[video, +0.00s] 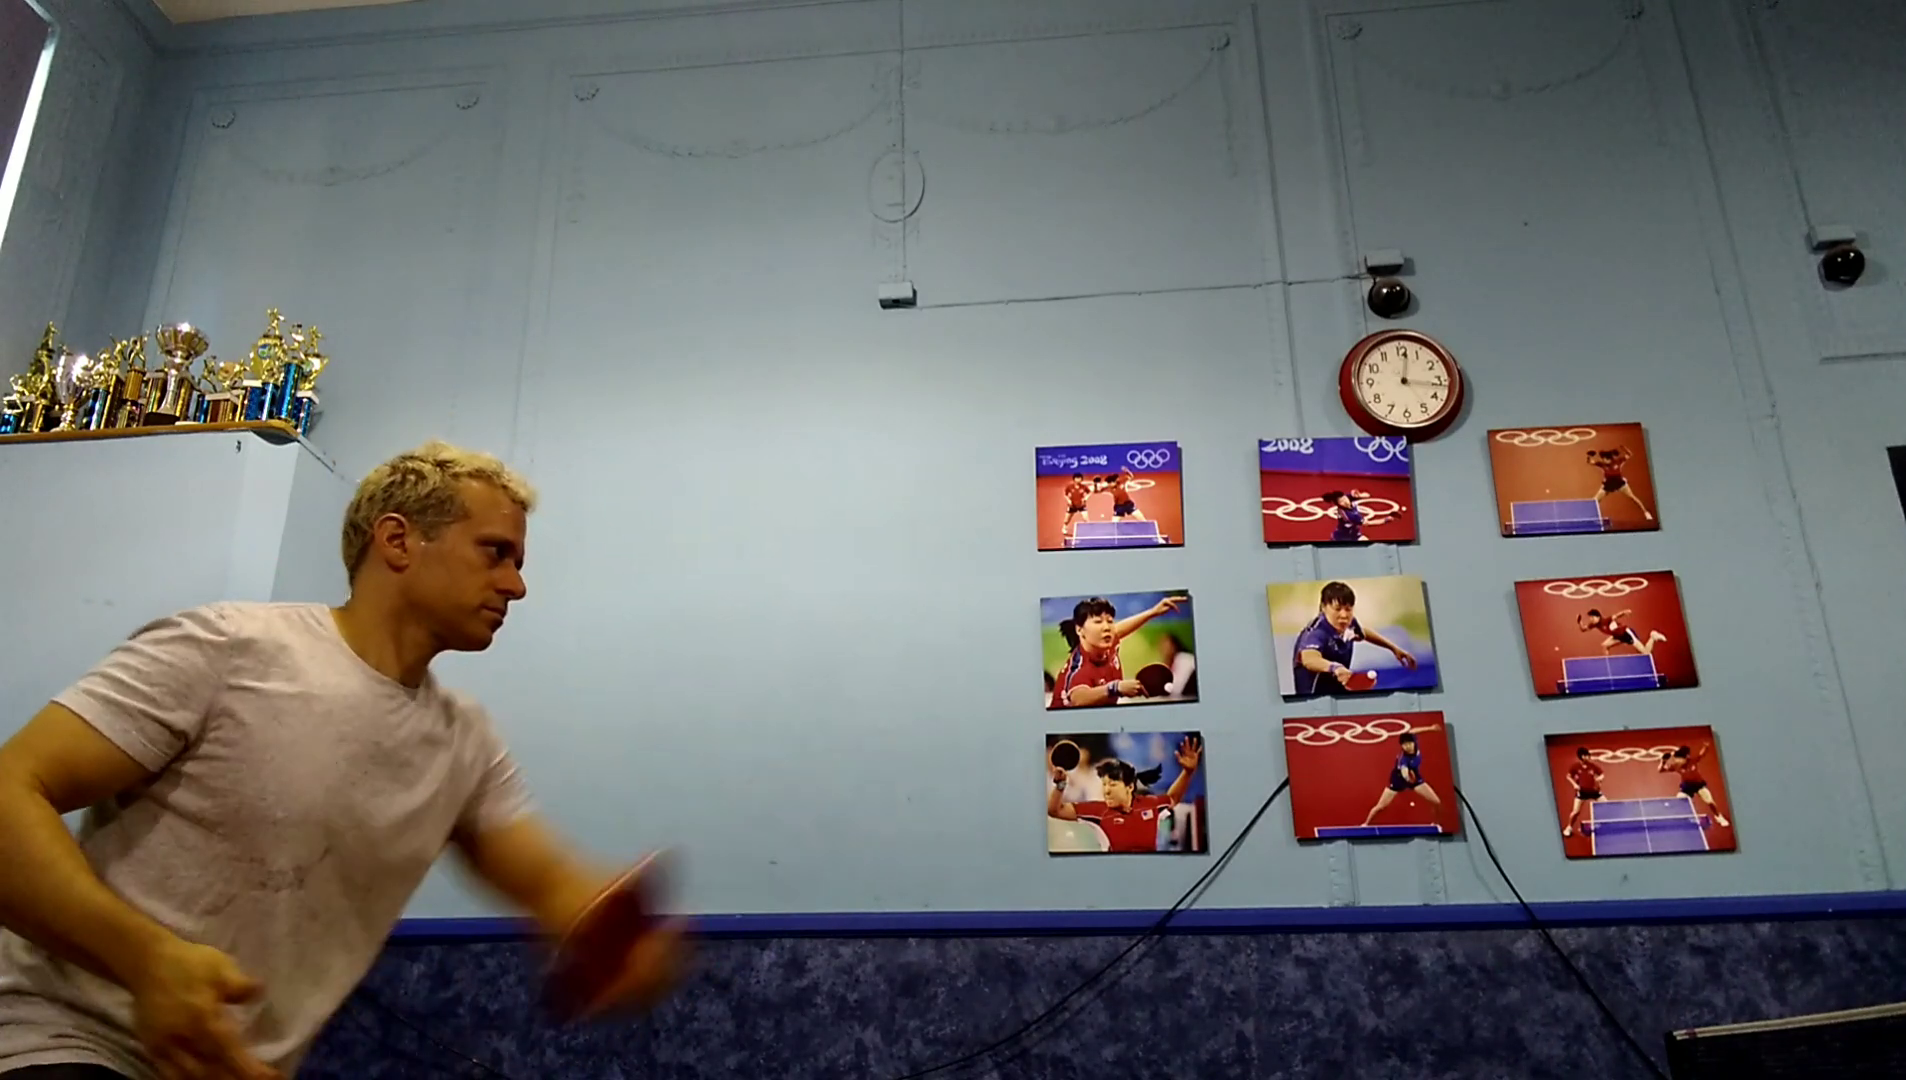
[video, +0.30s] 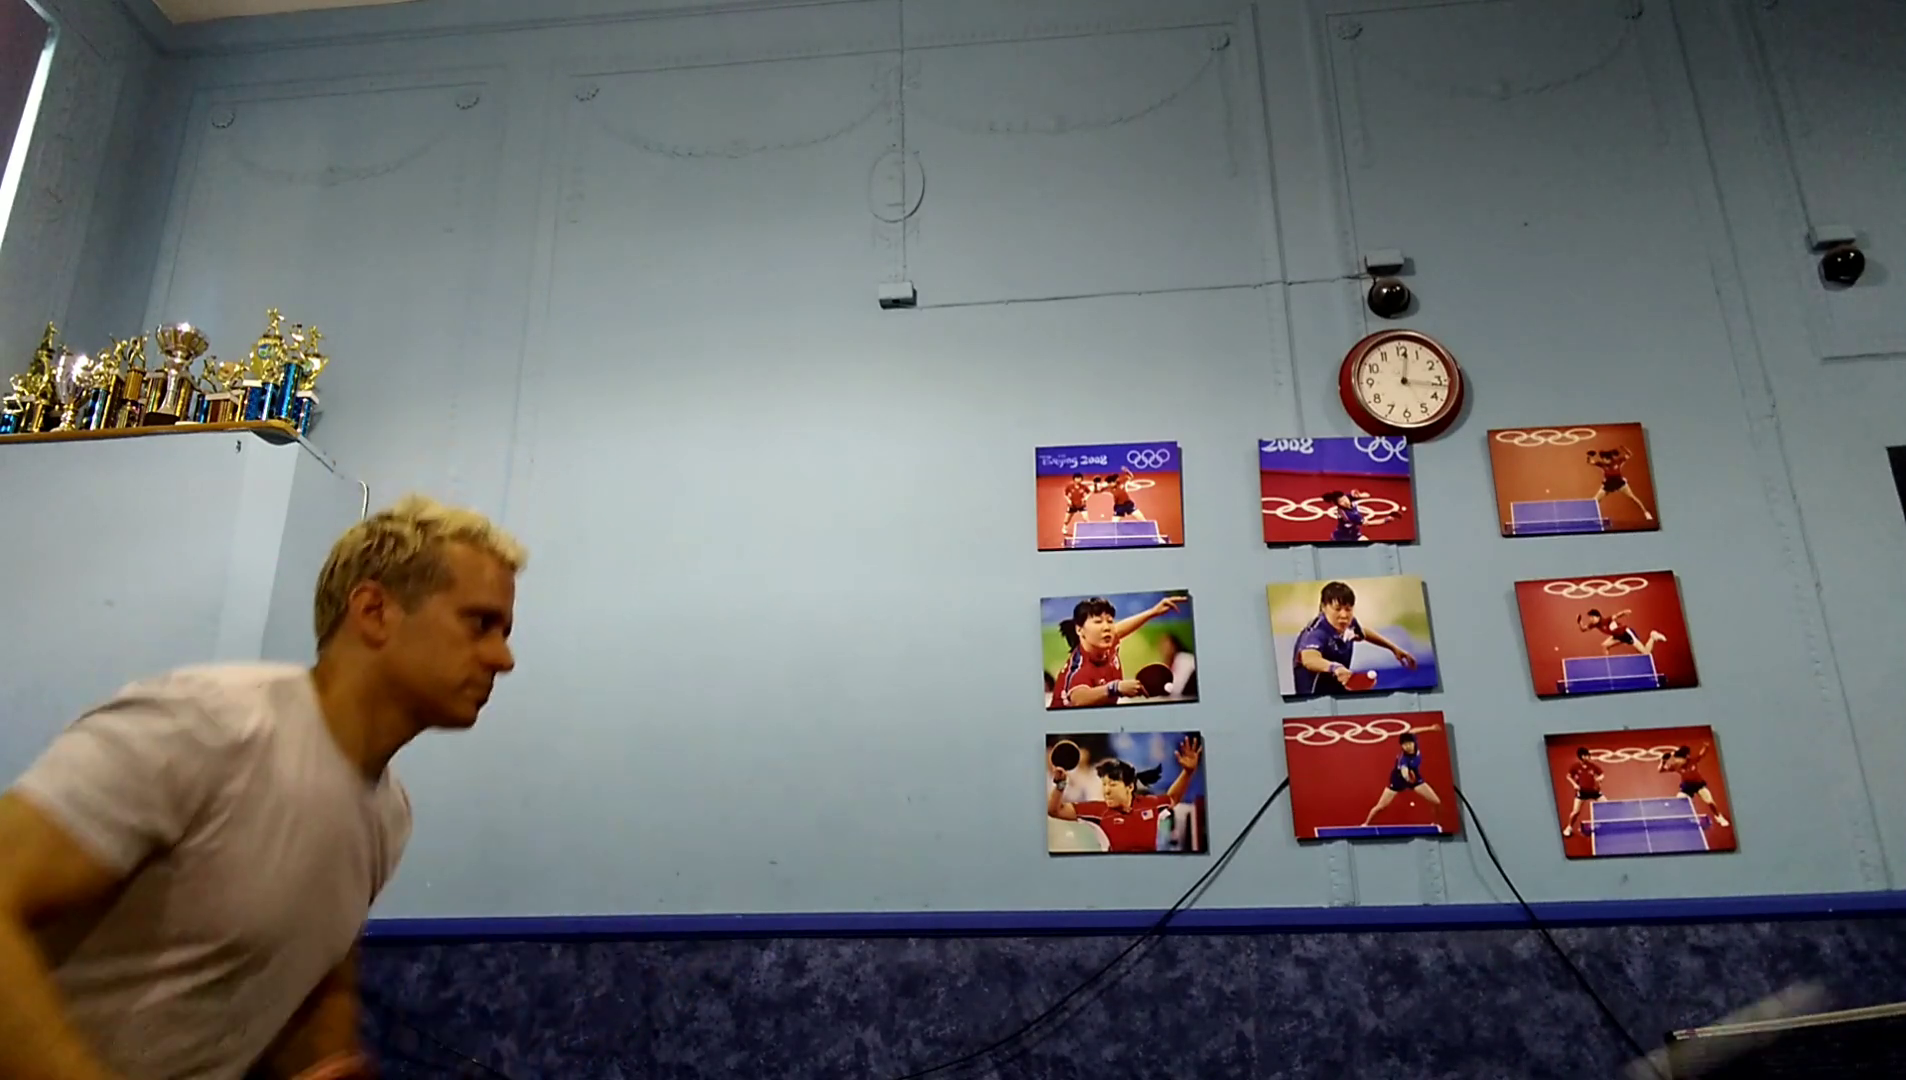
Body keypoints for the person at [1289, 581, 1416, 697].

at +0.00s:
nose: (1344, 615)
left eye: (1348, 609)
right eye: (1338, 609)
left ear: (1353, 609)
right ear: (1324, 608)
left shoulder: (1349, 624)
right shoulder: (1316, 633)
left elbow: (1364, 633)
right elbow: (1309, 660)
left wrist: (1394, 649)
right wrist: (1335, 668)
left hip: (1341, 703)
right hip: (1314, 707)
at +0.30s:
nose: (1344, 615)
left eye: (1348, 609)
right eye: (1338, 609)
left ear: (1353, 609)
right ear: (1324, 608)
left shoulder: (1349, 624)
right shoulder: (1316, 632)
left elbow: (1364, 634)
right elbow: (1309, 660)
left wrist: (1395, 649)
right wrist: (1335, 667)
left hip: (1341, 704)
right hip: (1314, 708)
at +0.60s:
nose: (1344, 615)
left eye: (1348, 609)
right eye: (1338, 609)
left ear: (1353, 609)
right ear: (1324, 608)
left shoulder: (1349, 624)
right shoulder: (1316, 633)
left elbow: (1364, 634)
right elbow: (1309, 660)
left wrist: (1395, 649)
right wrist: (1335, 668)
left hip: (1341, 704)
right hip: (1314, 708)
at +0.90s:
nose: (1344, 615)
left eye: (1348, 609)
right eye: (1338, 609)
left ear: (1353, 609)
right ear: (1324, 608)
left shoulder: (1349, 624)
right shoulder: (1316, 633)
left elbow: (1364, 633)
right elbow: (1309, 660)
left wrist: (1394, 649)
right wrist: (1335, 668)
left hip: (1341, 703)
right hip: (1314, 707)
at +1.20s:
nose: (1344, 615)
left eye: (1348, 609)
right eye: (1338, 609)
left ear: (1353, 609)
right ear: (1324, 608)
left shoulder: (1349, 624)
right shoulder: (1316, 633)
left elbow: (1364, 634)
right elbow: (1309, 660)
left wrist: (1395, 649)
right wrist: (1335, 668)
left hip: (1341, 704)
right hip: (1314, 708)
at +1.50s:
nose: (1344, 615)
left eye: (1348, 609)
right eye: (1338, 609)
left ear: (1353, 609)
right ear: (1324, 608)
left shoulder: (1349, 624)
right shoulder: (1316, 633)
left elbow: (1364, 634)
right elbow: (1309, 660)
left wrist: (1395, 649)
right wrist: (1335, 668)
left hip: (1341, 704)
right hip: (1314, 708)